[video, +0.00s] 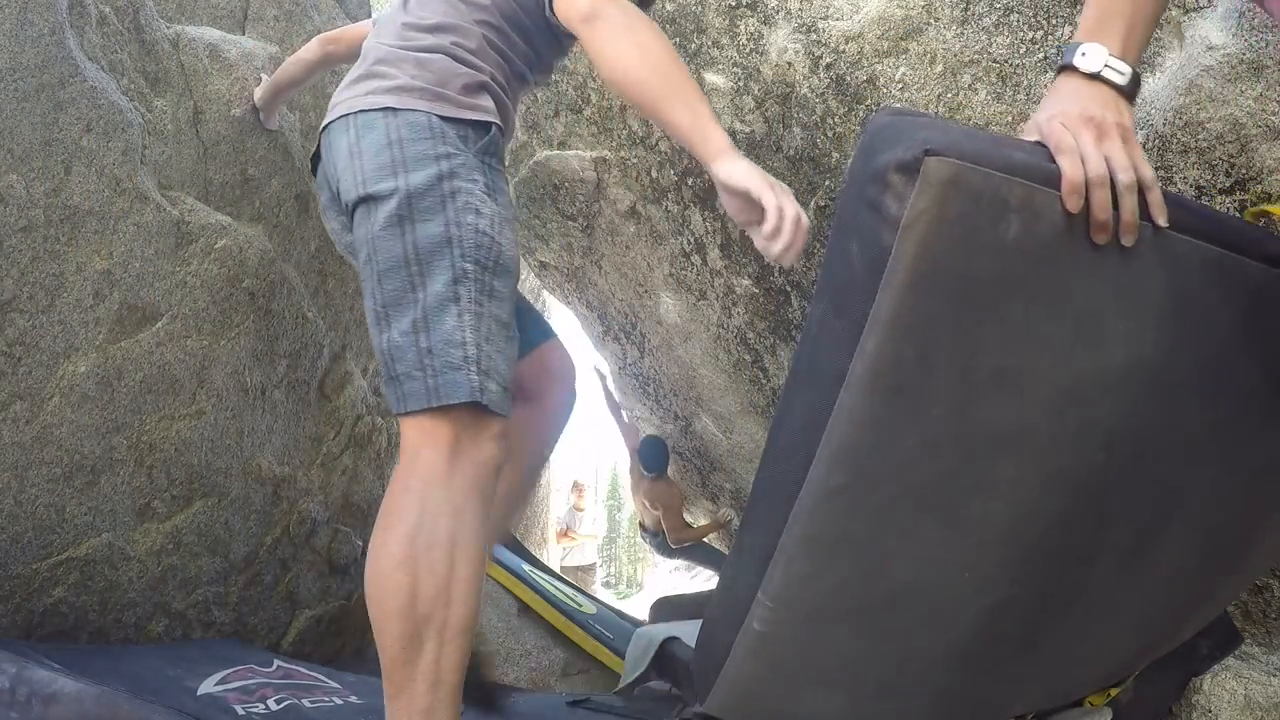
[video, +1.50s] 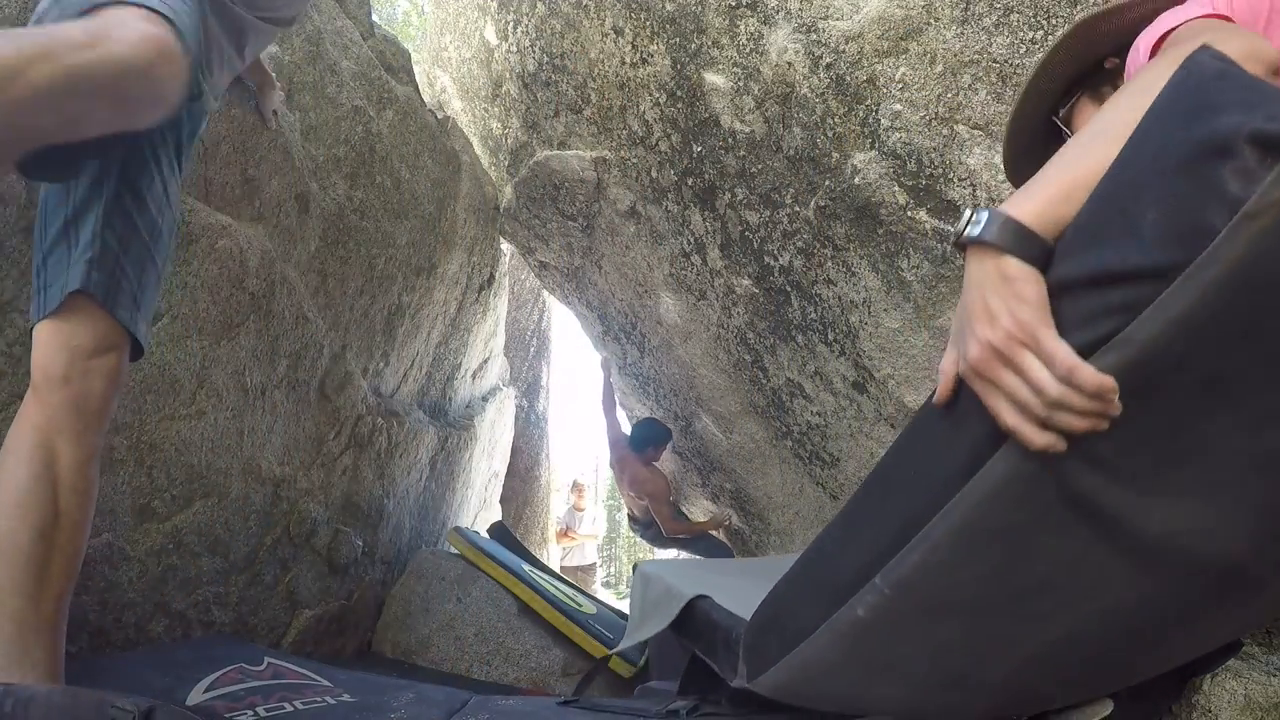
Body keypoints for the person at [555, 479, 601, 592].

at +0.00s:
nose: (581, 492)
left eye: (583, 489)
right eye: (577, 489)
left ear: (588, 492)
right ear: (571, 492)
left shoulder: (596, 513)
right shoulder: (564, 513)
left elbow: (597, 538)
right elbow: (560, 541)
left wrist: (571, 533)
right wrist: (585, 539)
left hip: (589, 564)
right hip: (567, 565)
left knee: (589, 604)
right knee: (567, 604)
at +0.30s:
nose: (581, 493)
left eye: (584, 490)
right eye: (578, 489)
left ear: (589, 492)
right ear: (571, 493)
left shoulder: (596, 513)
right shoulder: (564, 513)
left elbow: (597, 539)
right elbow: (560, 541)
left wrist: (571, 533)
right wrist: (585, 539)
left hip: (589, 565)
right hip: (567, 566)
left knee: (589, 604)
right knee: (568, 604)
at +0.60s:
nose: (581, 493)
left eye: (584, 490)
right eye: (577, 490)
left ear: (588, 492)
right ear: (572, 493)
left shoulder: (596, 513)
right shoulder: (564, 514)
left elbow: (598, 538)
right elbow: (560, 540)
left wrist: (572, 533)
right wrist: (584, 538)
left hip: (589, 565)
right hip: (567, 566)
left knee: (589, 604)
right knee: (568, 605)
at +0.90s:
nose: (581, 492)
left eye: (584, 489)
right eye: (577, 489)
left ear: (589, 492)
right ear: (572, 492)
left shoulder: (596, 513)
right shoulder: (565, 514)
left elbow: (597, 538)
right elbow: (560, 541)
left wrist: (571, 533)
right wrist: (584, 538)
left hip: (589, 564)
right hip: (567, 565)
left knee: (590, 602)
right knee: (568, 602)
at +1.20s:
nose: (581, 492)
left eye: (584, 489)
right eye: (577, 489)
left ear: (589, 492)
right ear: (571, 492)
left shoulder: (596, 513)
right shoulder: (564, 513)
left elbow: (597, 538)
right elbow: (560, 541)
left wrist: (572, 533)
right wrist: (585, 538)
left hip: (589, 565)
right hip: (567, 565)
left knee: (590, 603)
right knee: (568, 603)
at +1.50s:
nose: (581, 492)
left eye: (584, 489)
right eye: (577, 489)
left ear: (589, 492)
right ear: (571, 492)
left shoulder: (596, 513)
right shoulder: (564, 513)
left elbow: (597, 538)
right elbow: (560, 541)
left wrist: (571, 533)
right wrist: (585, 538)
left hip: (589, 564)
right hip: (567, 565)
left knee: (590, 603)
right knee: (568, 603)